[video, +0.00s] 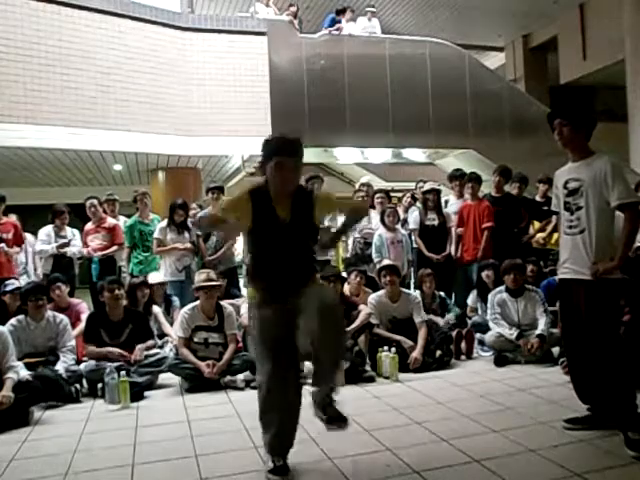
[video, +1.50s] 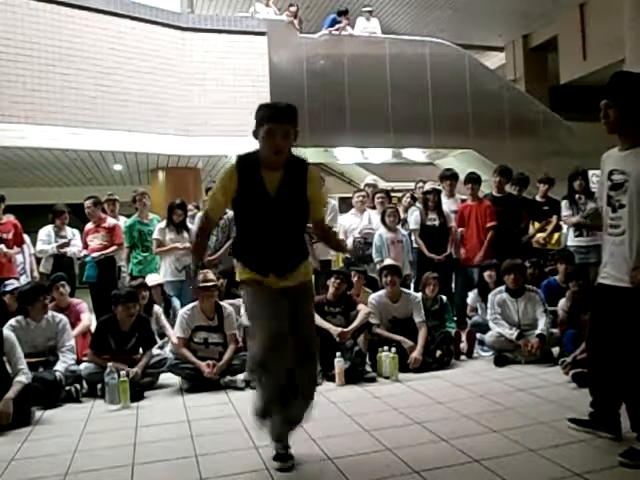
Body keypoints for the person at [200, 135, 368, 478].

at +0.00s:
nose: (287, 177)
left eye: (293, 170)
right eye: (280, 170)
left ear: (301, 171)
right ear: (266, 169)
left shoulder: (311, 200)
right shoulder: (249, 199)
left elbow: (360, 208)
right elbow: (205, 221)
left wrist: (336, 235)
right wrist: (222, 224)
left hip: (306, 292)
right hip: (266, 296)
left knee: (328, 307)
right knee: (275, 374)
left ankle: (324, 397)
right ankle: (277, 451)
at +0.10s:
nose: (280, 180)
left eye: (285, 173)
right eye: (272, 172)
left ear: (293, 175)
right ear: (257, 173)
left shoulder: (305, 212)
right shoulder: (240, 209)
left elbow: (314, 265)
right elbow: (215, 258)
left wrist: (281, 290)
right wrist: (222, 224)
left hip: (301, 297)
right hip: (261, 300)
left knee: (311, 345)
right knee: (265, 378)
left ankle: (299, 399)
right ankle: (276, 450)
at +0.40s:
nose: (269, 164)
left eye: (276, 157)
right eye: (263, 156)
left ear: (284, 159)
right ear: (249, 157)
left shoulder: (299, 197)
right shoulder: (231, 199)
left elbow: (314, 253)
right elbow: (220, 243)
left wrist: (295, 255)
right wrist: (216, 253)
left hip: (296, 297)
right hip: (257, 299)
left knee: (302, 376)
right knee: (272, 375)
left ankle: (277, 415)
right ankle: (277, 450)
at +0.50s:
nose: (273, 176)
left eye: (280, 169)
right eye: (267, 168)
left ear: (289, 167)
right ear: (254, 163)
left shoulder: (300, 191)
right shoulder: (231, 195)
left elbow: (320, 230)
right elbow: (210, 238)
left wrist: (332, 230)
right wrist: (200, 232)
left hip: (295, 288)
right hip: (254, 293)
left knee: (309, 352)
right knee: (268, 369)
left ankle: (308, 427)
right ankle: (276, 449)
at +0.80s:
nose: (275, 149)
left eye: (282, 141)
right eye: (267, 141)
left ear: (292, 140)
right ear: (255, 139)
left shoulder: (304, 169)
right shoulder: (235, 172)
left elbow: (342, 176)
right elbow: (189, 186)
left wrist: (370, 178)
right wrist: (148, 193)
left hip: (301, 282)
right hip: (258, 285)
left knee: (306, 361)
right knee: (262, 365)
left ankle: (303, 440)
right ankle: (279, 444)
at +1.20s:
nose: (277, 144)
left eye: (284, 136)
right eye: (269, 136)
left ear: (295, 135)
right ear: (256, 134)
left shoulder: (308, 167)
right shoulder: (235, 171)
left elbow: (343, 191)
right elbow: (198, 205)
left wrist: (354, 198)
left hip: (300, 283)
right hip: (256, 285)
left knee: (307, 363)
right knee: (265, 367)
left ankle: (302, 442)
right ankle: (273, 446)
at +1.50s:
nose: (279, 140)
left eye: (286, 134)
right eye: (272, 133)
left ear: (295, 137)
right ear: (257, 134)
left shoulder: (307, 175)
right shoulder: (238, 173)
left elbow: (318, 223)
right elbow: (208, 218)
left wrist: (335, 243)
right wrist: (197, 264)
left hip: (297, 275)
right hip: (256, 276)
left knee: (304, 357)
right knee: (267, 346)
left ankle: (282, 434)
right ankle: (267, 400)